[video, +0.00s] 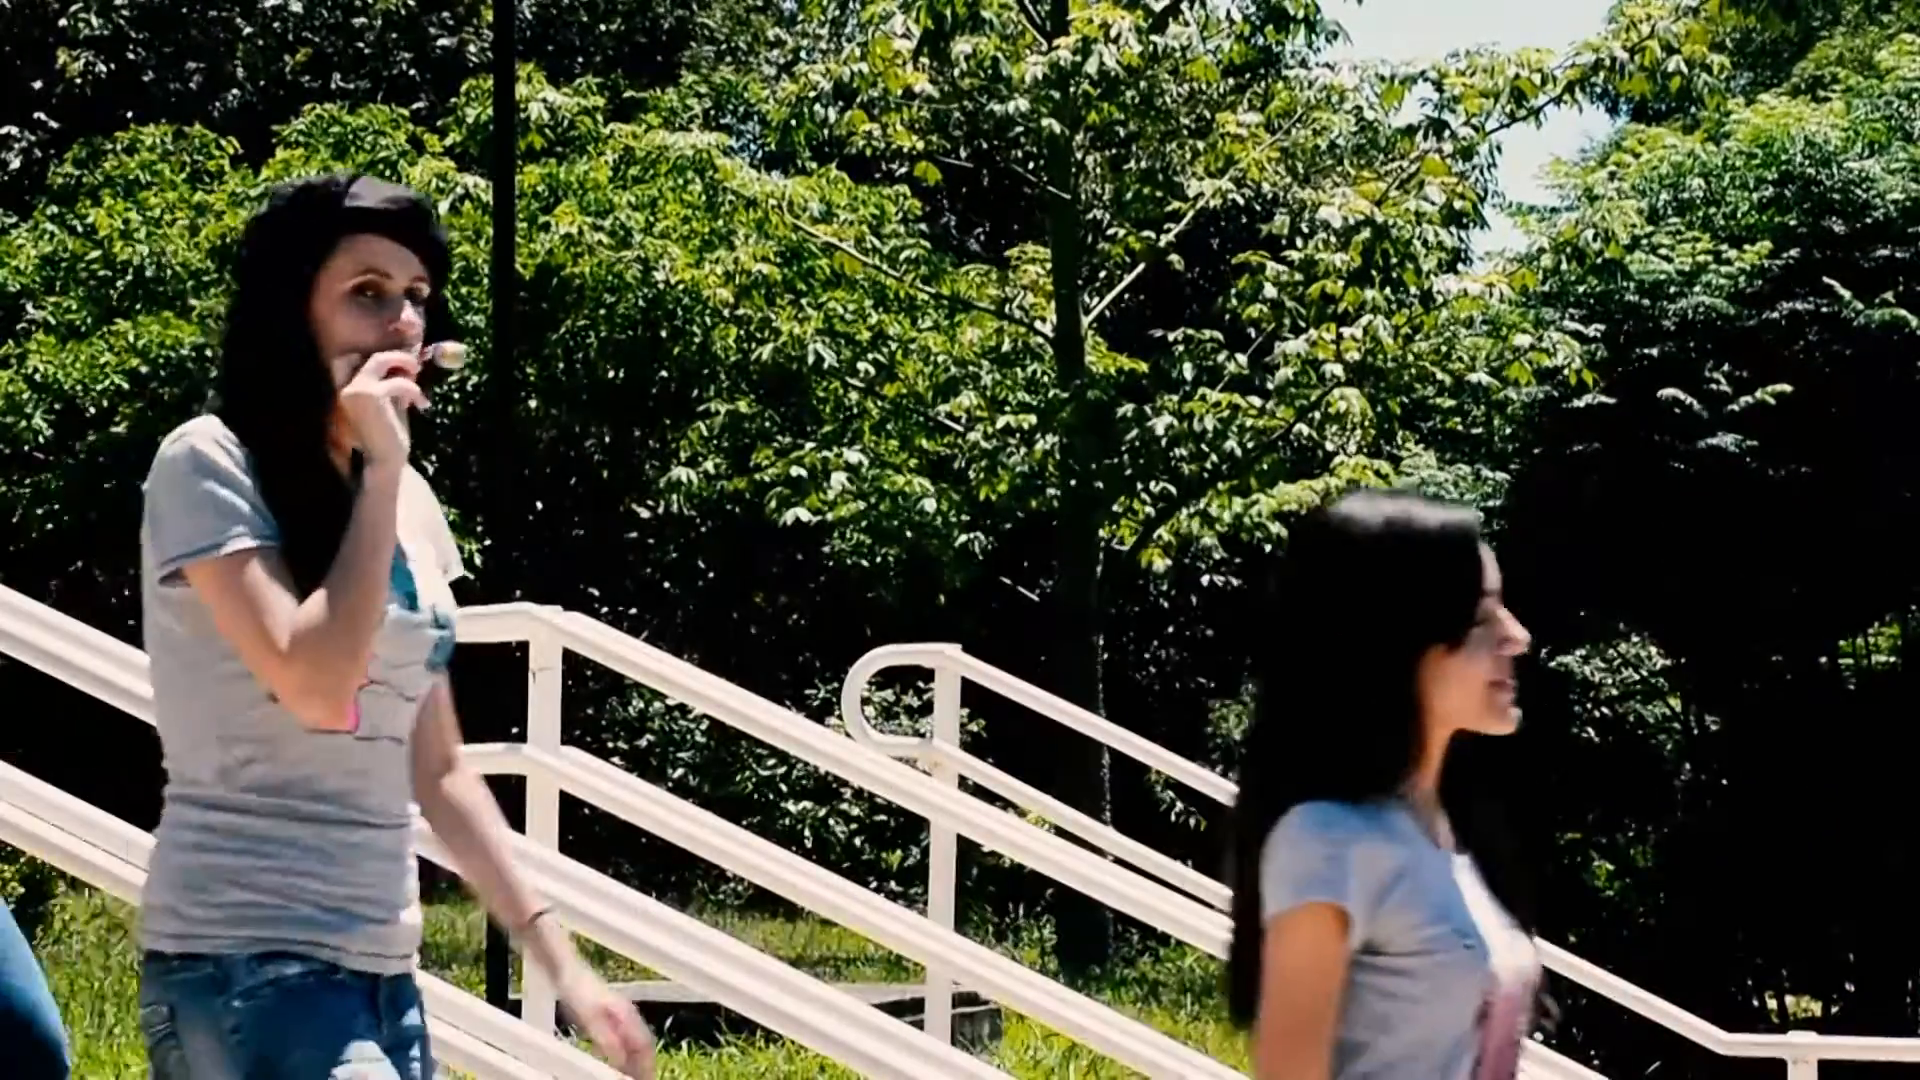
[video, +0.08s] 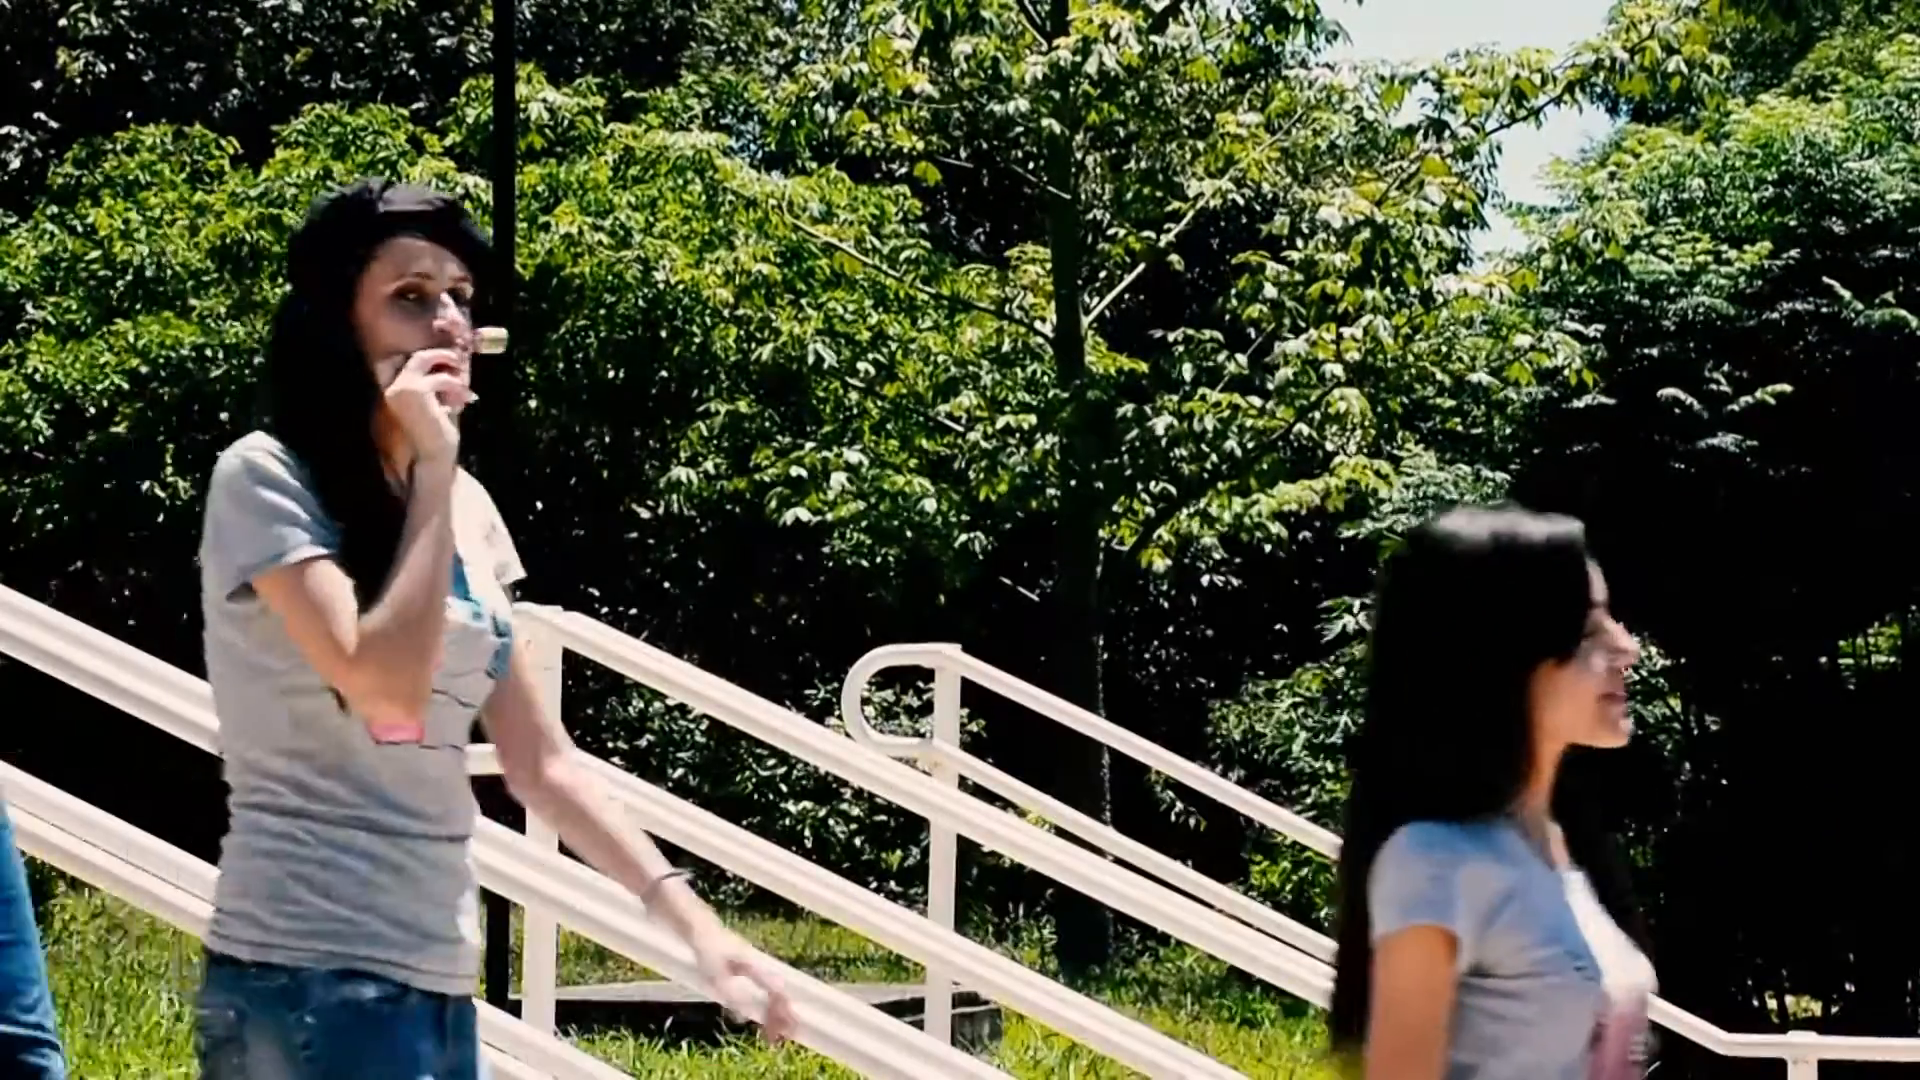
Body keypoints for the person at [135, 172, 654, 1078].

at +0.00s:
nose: (405, 323)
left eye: (418, 297)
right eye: (367, 293)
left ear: (433, 315)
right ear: (289, 311)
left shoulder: (411, 502)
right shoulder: (205, 461)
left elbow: (441, 770)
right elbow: (317, 686)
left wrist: (568, 970)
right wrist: (383, 469)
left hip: (382, 971)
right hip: (248, 967)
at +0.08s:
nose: (449, 322)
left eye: (459, 298)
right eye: (409, 297)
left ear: (477, 321)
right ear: (336, 324)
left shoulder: (466, 508)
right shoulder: (263, 476)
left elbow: (543, 763)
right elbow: (388, 697)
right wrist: (434, 474)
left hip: (438, 988)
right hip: (307, 982)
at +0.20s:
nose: (524, 362)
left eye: (532, 339)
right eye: (480, 342)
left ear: (549, 366)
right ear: (406, 377)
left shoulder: (544, 561)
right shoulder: (340, 533)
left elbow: (657, 796)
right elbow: (490, 727)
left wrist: (832, 906)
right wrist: (515, 502)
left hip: (538, 1033)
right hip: (400, 1033)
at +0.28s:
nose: (579, 402)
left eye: (589, 382)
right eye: (538, 384)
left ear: (609, 413)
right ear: (467, 422)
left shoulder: (612, 613)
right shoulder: (407, 579)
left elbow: (723, 860)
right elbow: (553, 769)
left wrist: (909, 996)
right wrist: (575, 549)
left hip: (608, 1045)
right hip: (455, 1045)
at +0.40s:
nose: (678, 437)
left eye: (690, 418)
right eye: (637, 423)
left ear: (712, 448)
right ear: (569, 463)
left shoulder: (716, 662)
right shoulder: (511, 606)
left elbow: (781, 934)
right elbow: (654, 792)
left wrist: (866, 1066)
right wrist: (681, 571)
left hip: (691, 1055)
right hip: (535, 1050)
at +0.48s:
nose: (761, 423)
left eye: (773, 406)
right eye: (721, 408)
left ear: (794, 448)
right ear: (655, 454)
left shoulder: (795, 663)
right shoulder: (590, 591)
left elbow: (808, 949)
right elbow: (740, 774)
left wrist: (832, 1070)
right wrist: (768, 547)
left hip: (759, 1054)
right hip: (603, 1049)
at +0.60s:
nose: (890, 403)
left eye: (898, 389)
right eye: (847, 386)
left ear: (914, 429)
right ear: (771, 432)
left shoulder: (872, 616)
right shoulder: (705, 571)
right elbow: (875, 734)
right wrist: (893, 513)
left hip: (866, 1045)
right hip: (723, 1039)